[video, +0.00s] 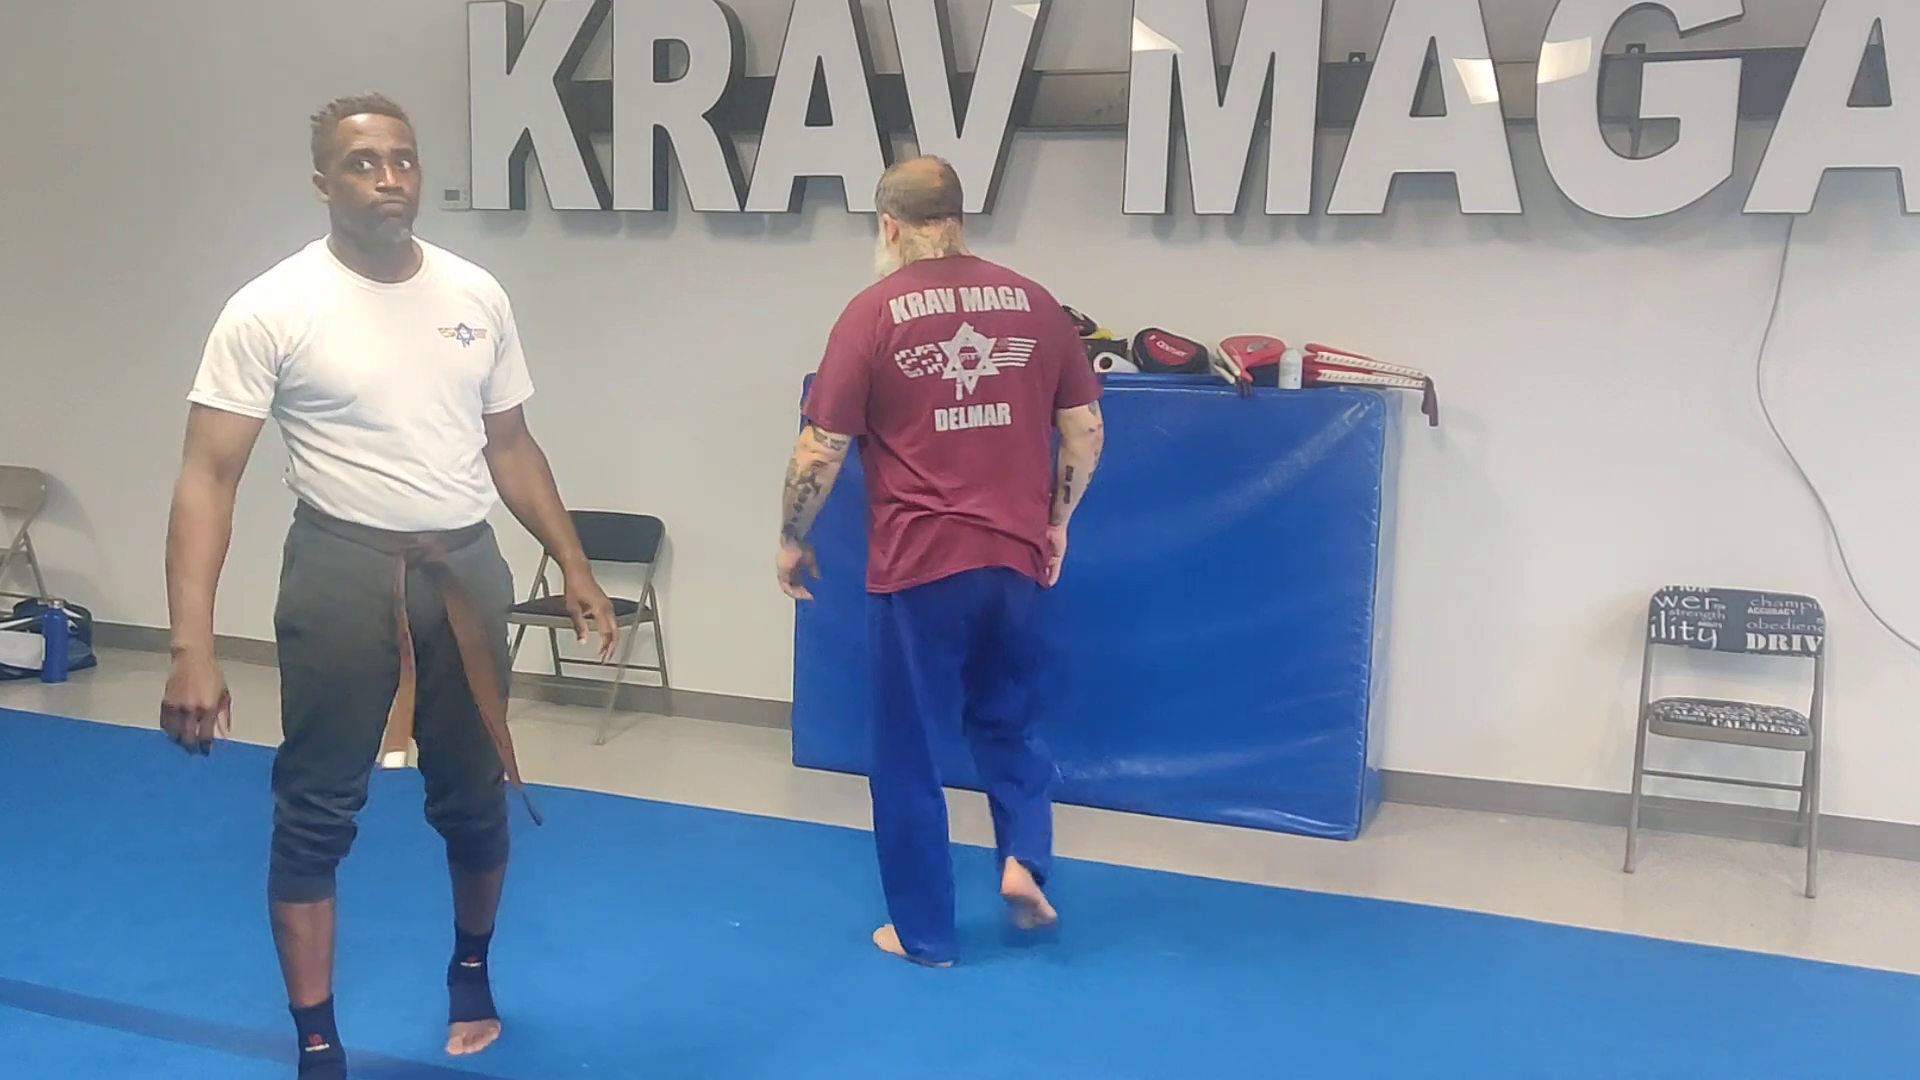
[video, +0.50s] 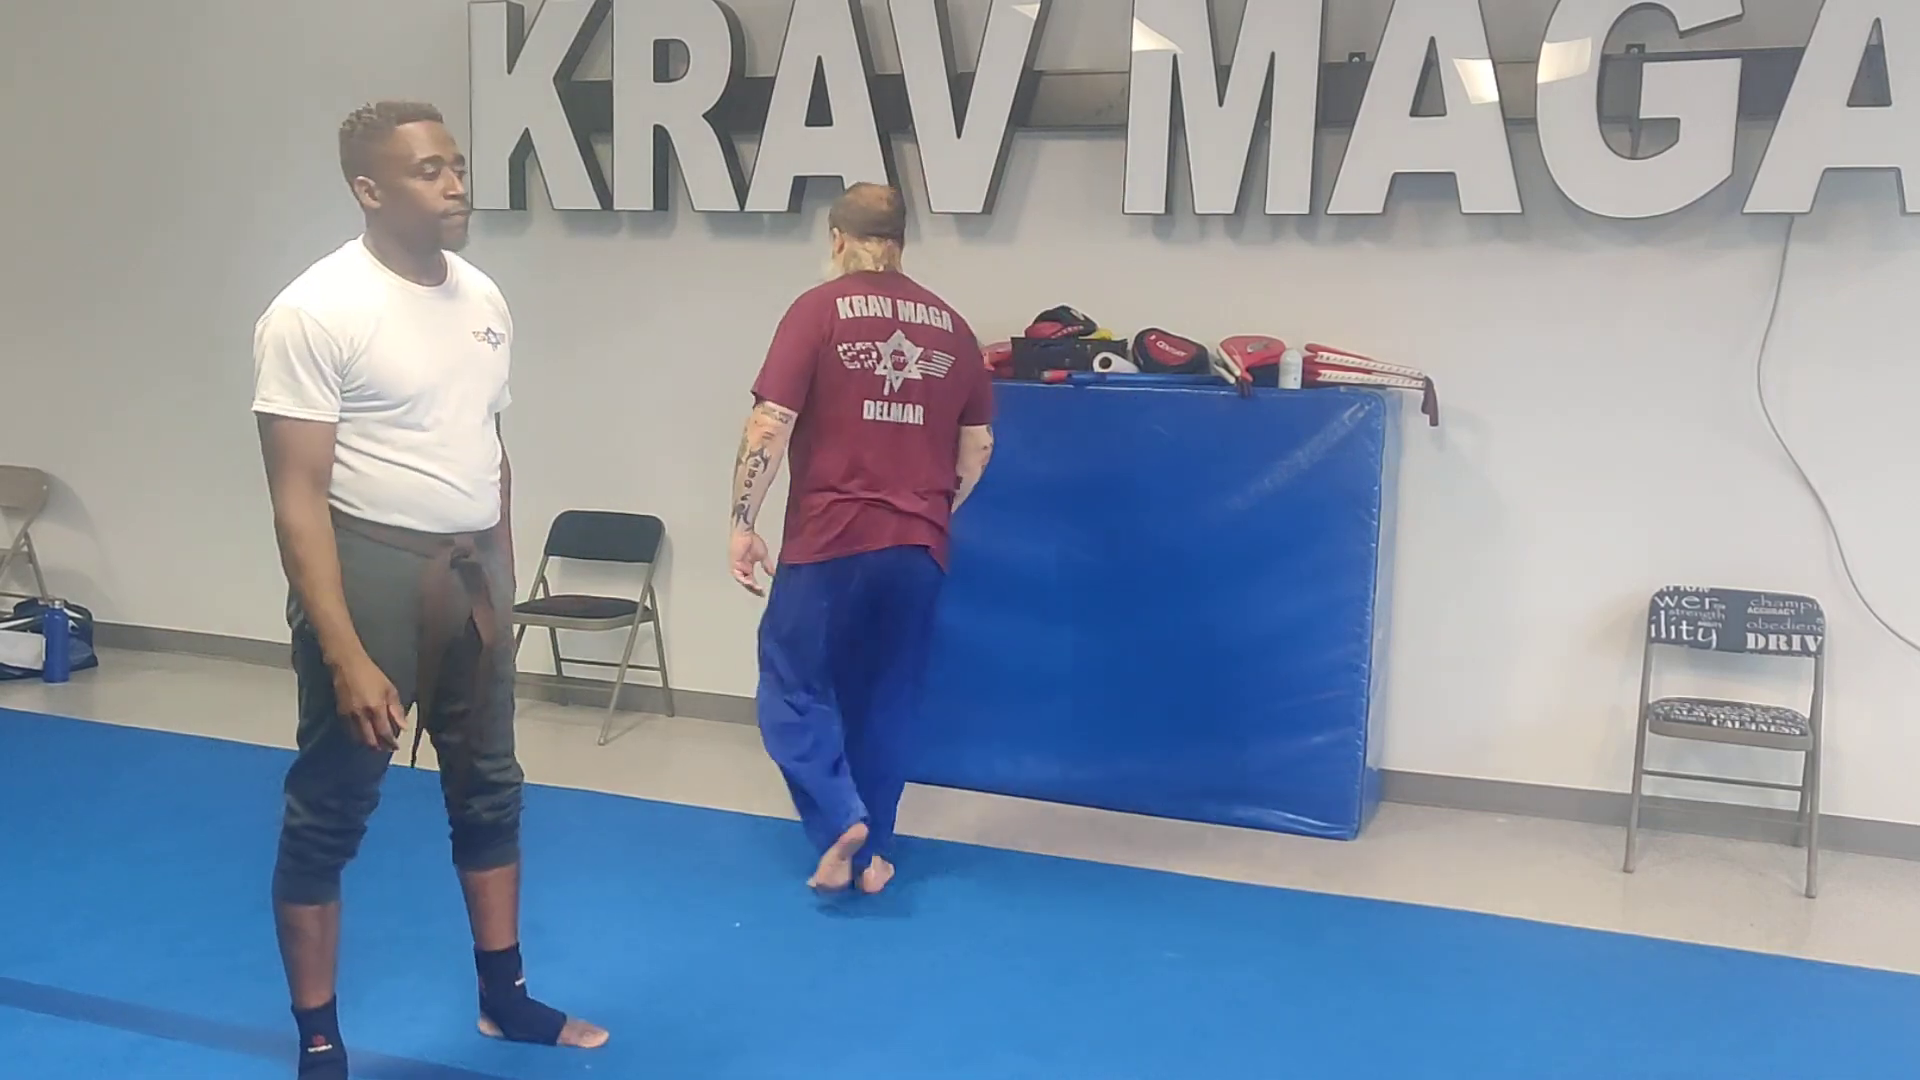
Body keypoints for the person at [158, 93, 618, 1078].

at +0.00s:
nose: (388, 178)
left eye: (402, 159)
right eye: (362, 163)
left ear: (421, 174)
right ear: (322, 183)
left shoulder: (475, 296)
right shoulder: (269, 311)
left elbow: (511, 444)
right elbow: (208, 478)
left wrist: (572, 564)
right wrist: (192, 648)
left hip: (467, 569)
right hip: (341, 571)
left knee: (475, 804)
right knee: (315, 817)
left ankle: (472, 973)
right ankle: (319, 1047)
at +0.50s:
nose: (455, 184)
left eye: (458, 167)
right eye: (429, 171)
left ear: (466, 177)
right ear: (367, 191)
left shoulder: (481, 300)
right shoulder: (310, 313)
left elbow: (492, 454)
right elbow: (298, 498)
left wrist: (503, 584)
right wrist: (347, 657)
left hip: (473, 563)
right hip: (361, 565)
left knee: (489, 783)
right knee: (330, 807)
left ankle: (505, 994)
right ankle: (319, 1041)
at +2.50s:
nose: (592, 210)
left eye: (595, 192)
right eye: (569, 192)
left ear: (592, 202)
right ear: (501, 203)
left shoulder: (596, 318)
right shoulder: (422, 306)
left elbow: (605, 474)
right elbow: (387, 485)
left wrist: (635, 615)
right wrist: (419, 646)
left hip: (559, 577)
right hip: (457, 573)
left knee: (562, 805)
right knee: (459, 828)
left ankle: (540, 1013)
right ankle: (377, 1056)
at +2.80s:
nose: (618, 273)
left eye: (619, 249)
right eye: (600, 253)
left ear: (563, 256)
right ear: (531, 255)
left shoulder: (575, 340)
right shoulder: (445, 350)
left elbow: (563, 484)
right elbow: (385, 504)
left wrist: (644, 506)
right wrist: (533, 543)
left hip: (549, 606)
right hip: (468, 610)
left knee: (618, 810)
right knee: (513, 874)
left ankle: (554, 1007)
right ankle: (386, 1063)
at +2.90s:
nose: (615, 284)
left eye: (615, 266)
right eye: (605, 268)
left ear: (513, 265)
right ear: (542, 270)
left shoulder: (427, 328)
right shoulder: (531, 334)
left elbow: (509, 466)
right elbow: (571, 483)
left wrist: (612, 389)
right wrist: (669, 385)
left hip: (443, 603)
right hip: (512, 616)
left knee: (616, 790)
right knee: (517, 881)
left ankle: (557, 1005)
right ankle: (359, 1066)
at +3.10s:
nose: (610, 324)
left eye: (611, 305)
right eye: (597, 303)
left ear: (519, 297)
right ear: (529, 293)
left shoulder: (427, 355)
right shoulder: (540, 353)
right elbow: (700, 394)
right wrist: (824, 294)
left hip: (418, 636)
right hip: (497, 645)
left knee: (616, 796)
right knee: (500, 920)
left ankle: (556, 1006)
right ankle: (364, 1074)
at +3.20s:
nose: (625, 302)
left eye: (629, 284)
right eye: (610, 282)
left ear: (553, 281)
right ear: (539, 275)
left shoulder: (550, 354)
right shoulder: (485, 339)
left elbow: (586, 484)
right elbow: (587, 479)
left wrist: (638, 417)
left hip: (518, 629)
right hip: (446, 626)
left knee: (622, 812)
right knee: (486, 892)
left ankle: (556, 1012)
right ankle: (340, 1072)